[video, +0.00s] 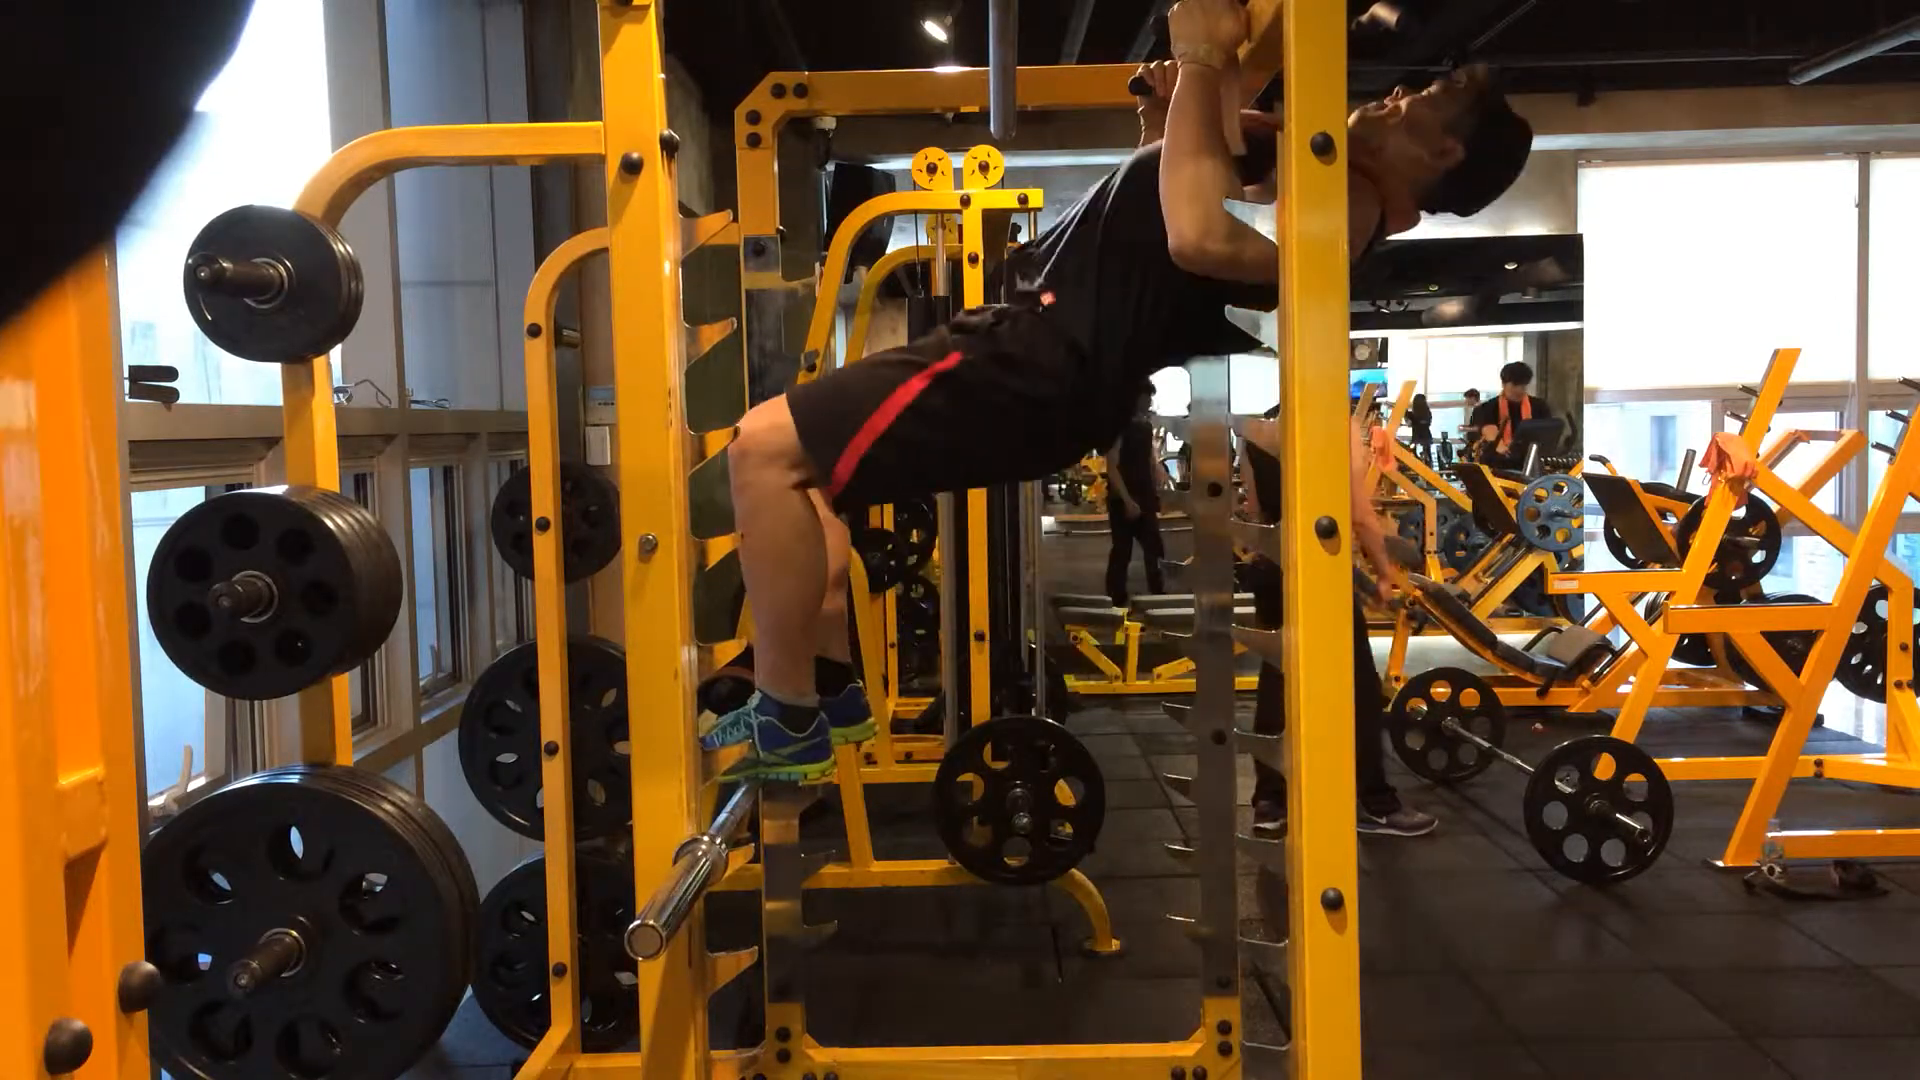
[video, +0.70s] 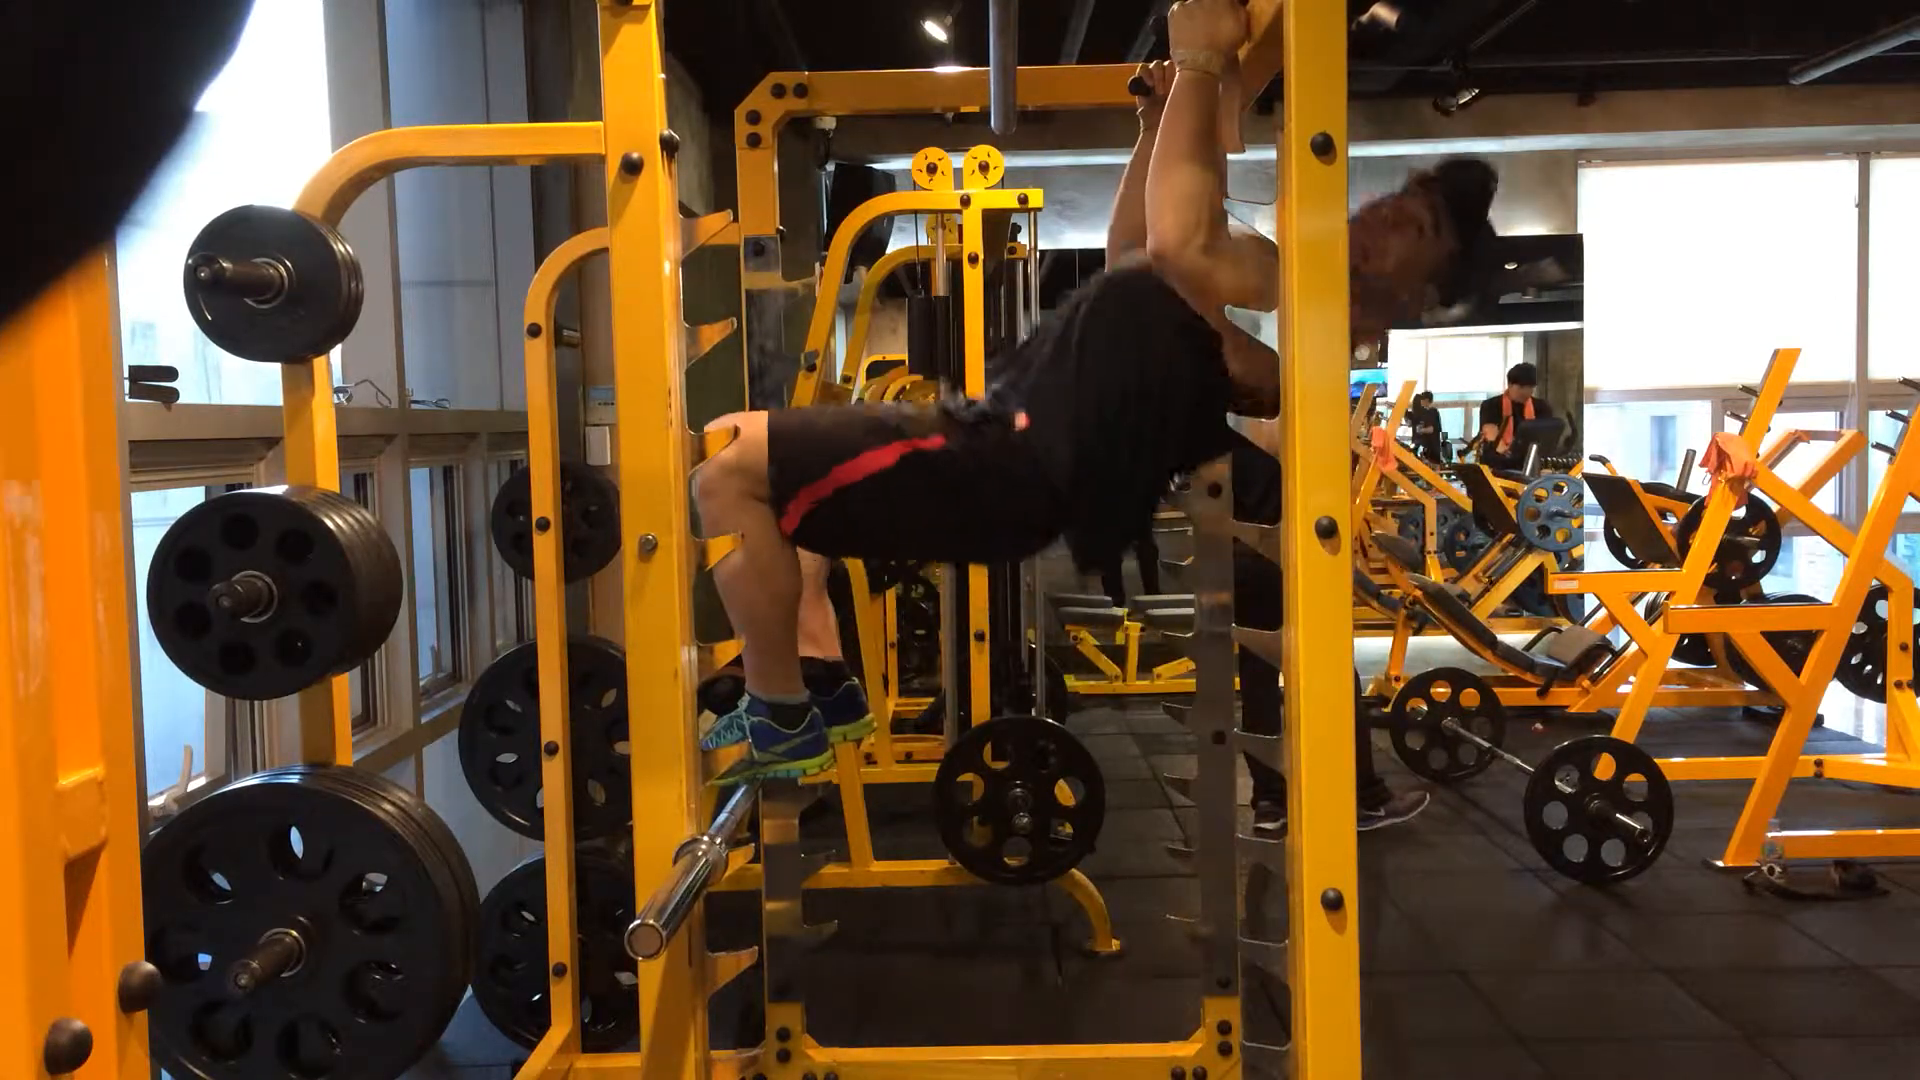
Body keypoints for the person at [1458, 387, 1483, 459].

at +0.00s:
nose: (1466, 401)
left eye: (1468, 399)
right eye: (1466, 399)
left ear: (1473, 398)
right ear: (1474, 398)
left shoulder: (1479, 410)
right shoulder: (1476, 409)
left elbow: (1477, 427)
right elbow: (1474, 425)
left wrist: (1464, 429)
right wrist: (1464, 427)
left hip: (1477, 441)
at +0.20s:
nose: (1454, 402)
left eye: (1455, 399)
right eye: (1453, 399)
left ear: (1460, 398)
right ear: (1460, 398)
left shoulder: (1466, 410)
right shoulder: (1463, 410)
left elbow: (1468, 428)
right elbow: (1462, 426)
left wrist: (1453, 430)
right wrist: (1452, 427)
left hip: (1465, 444)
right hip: (1461, 443)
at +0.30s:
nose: (1447, 403)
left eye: (1448, 400)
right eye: (1447, 400)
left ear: (1453, 399)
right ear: (1453, 400)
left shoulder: (1459, 410)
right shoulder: (1456, 410)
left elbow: (1462, 430)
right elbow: (1456, 427)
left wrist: (1446, 430)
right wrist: (1445, 428)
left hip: (1459, 443)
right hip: (1455, 442)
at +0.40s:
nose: (1441, 403)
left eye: (1442, 400)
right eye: (1441, 400)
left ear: (1447, 400)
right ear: (1447, 400)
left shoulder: (1452, 411)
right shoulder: (1450, 410)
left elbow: (1453, 431)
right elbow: (1450, 428)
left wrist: (1442, 431)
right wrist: (1442, 429)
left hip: (1450, 444)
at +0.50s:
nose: (1435, 403)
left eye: (1436, 400)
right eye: (1435, 400)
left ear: (1441, 399)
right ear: (1440, 399)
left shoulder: (1445, 411)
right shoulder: (1443, 411)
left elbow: (1446, 431)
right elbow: (1442, 427)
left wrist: (1434, 431)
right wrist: (1434, 428)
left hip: (1444, 446)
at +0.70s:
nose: (1421, 402)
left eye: (1423, 400)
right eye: (1421, 400)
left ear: (1428, 400)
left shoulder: (1432, 412)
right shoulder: (1427, 412)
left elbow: (1433, 428)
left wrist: (1421, 430)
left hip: (1431, 445)